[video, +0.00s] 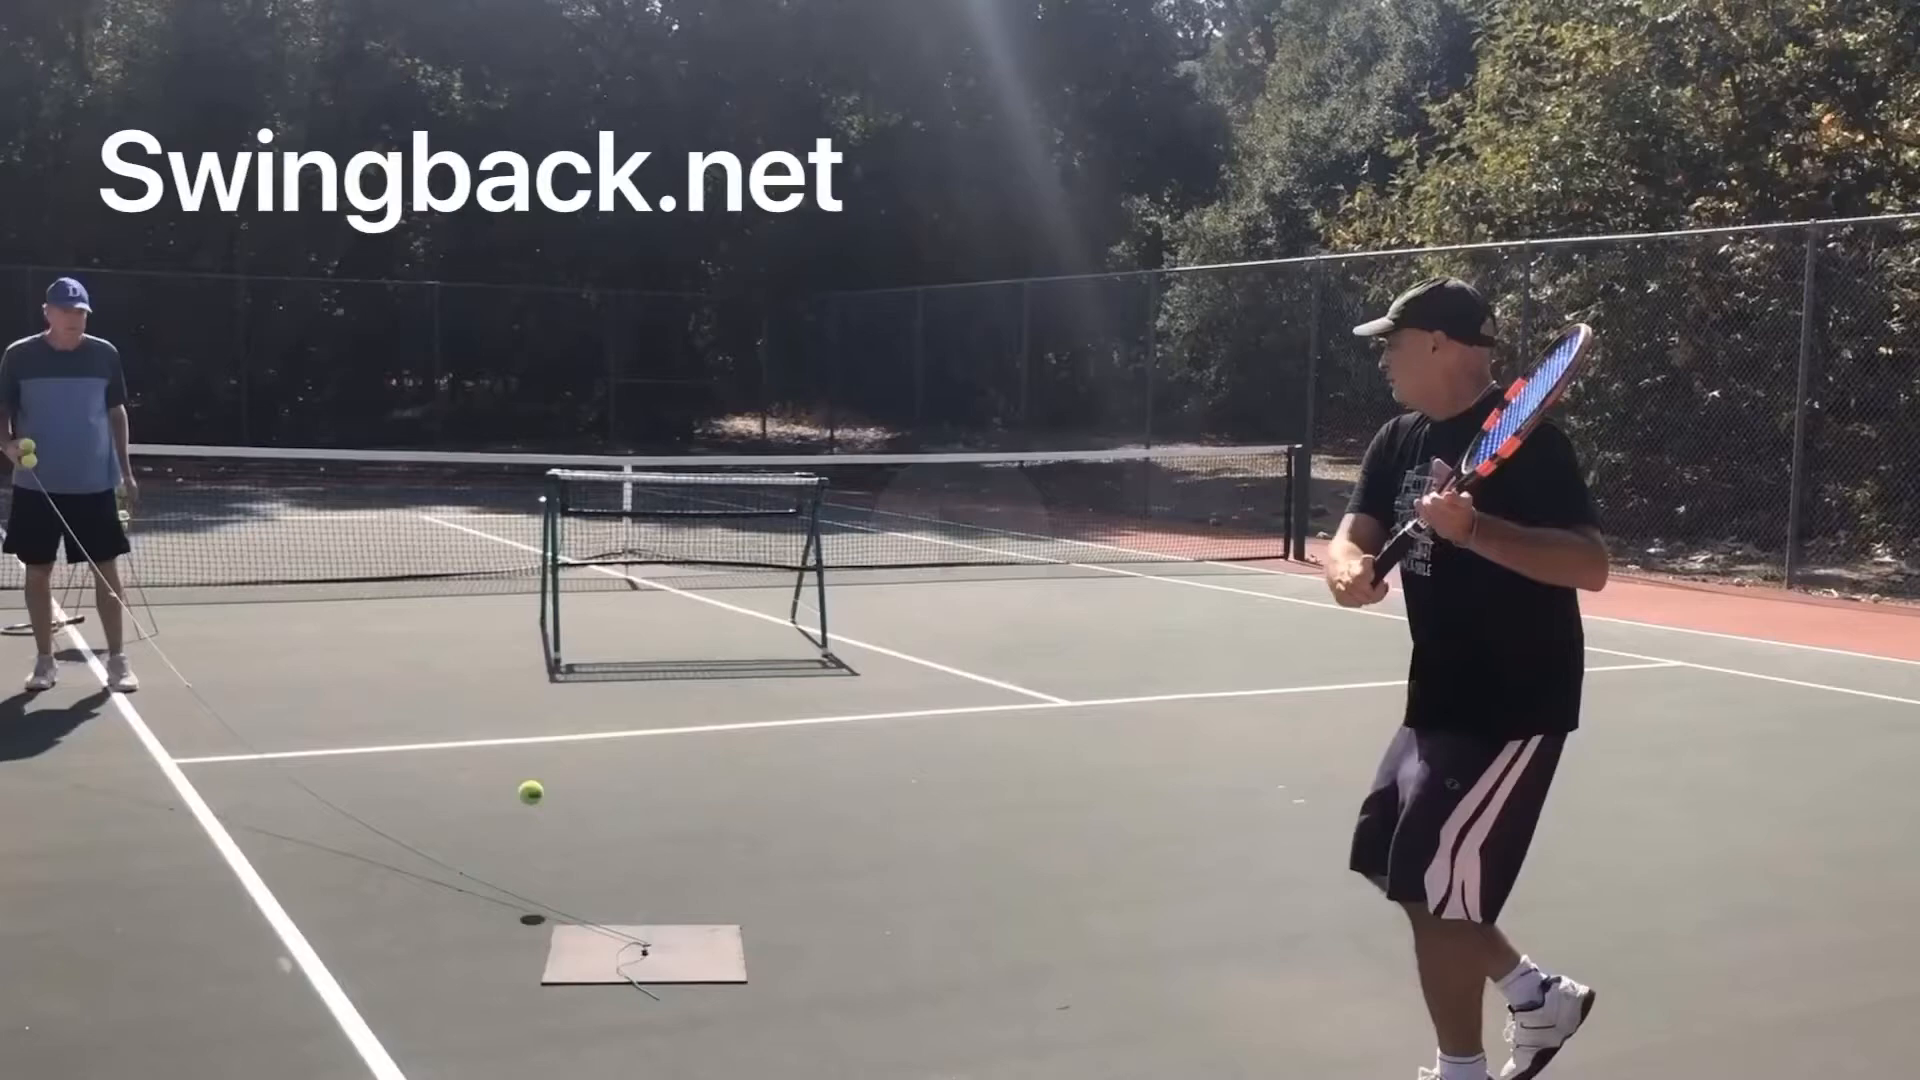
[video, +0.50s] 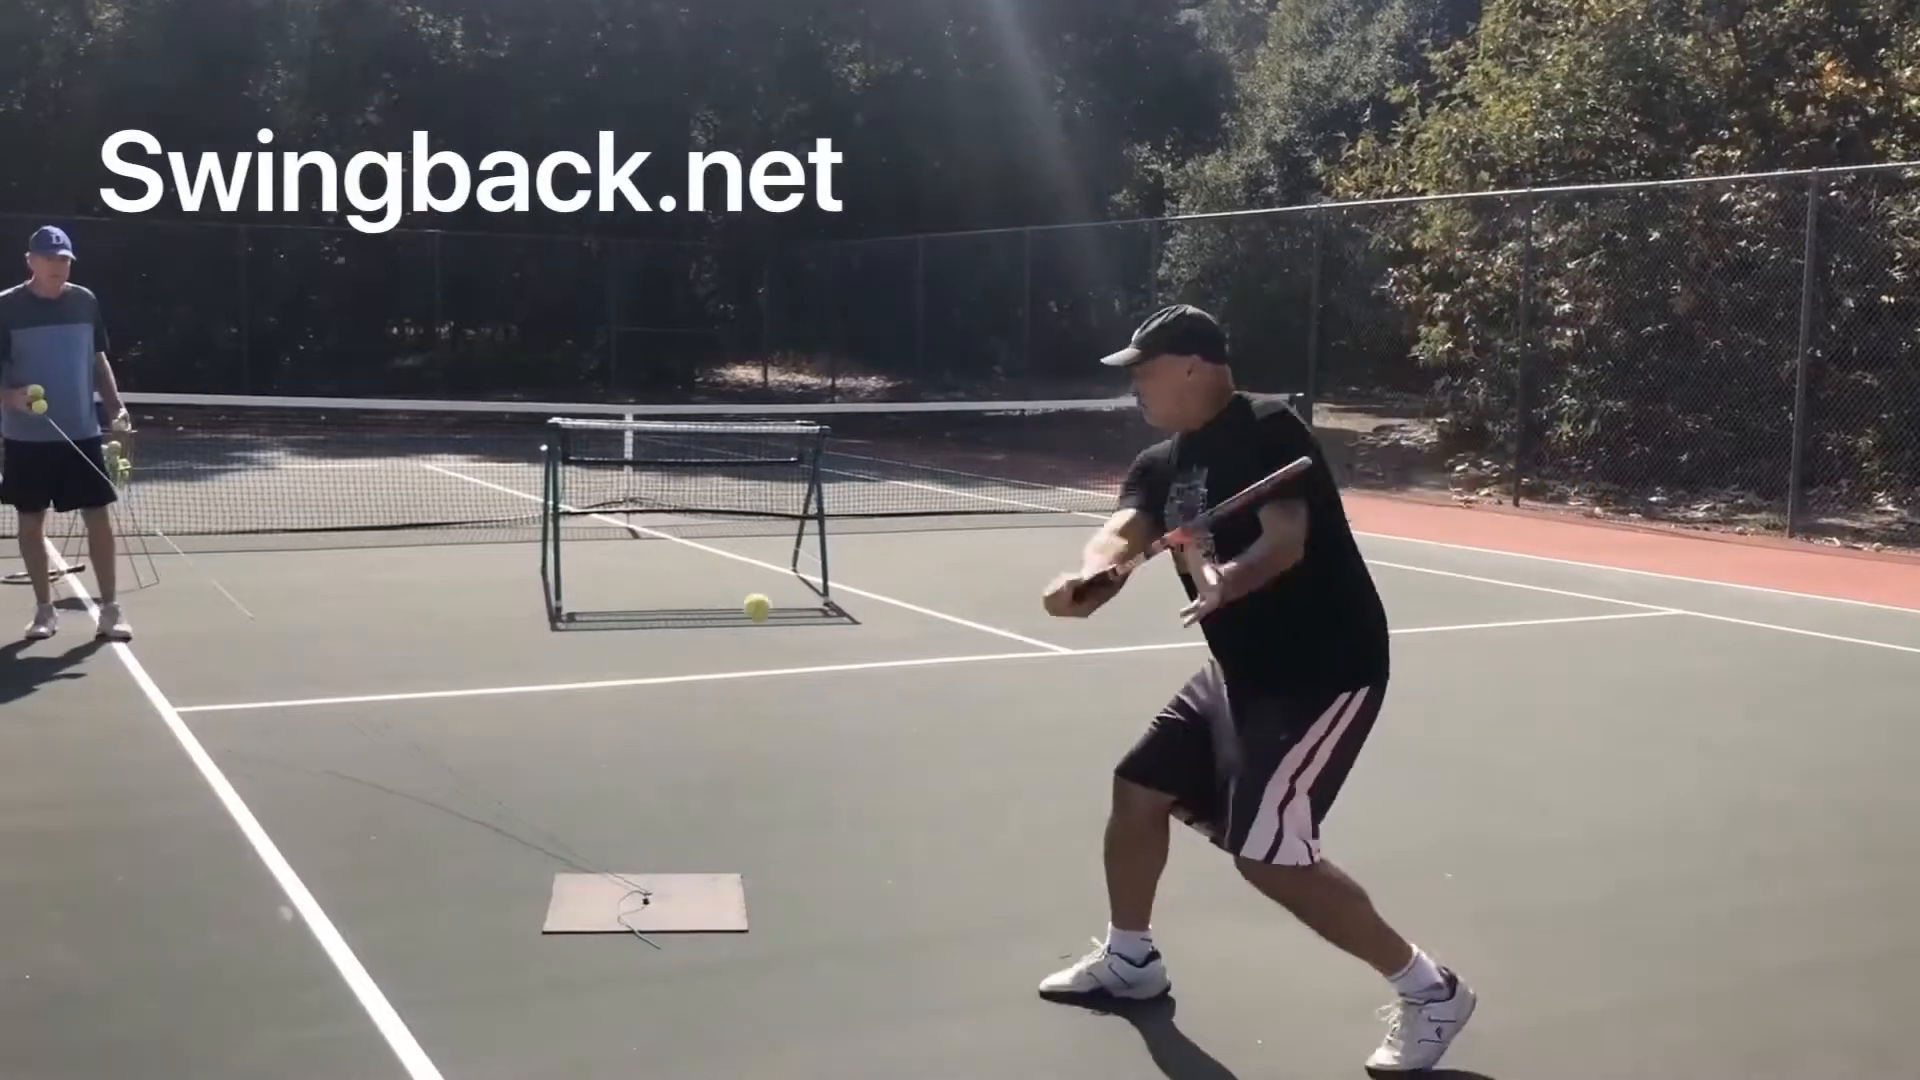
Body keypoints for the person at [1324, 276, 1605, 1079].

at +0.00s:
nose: (1385, 360)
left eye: (1395, 346)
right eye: (1387, 347)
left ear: (1445, 349)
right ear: (1436, 351)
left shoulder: (1529, 441)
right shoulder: (1402, 439)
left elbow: (1591, 564)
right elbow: (1353, 541)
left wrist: (1474, 530)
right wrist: (1349, 574)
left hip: (1518, 709)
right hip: (1439, 700)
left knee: (1438, 878)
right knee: (1390, 856)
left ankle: (1461, 1067)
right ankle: (1536, 995)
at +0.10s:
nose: (1350, 361)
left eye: (1362, 347)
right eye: (1354, 347)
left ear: (1413, 350)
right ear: (1399, 352)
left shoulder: (1498, 434)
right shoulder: (1365, 440)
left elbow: (1563, 547)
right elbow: (1311, 549)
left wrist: (1454, 499)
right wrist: (1331, 552)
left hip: (1496, 701)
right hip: (1412, 688)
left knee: (1414, 873)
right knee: (1331, 833)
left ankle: (1461, 1064)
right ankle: (1451, 997)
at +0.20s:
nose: (1295, 370)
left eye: (1303, 356)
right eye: (1295, 357)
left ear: (1349, 355)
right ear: (1341, 359)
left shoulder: (1448, 427)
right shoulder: (1311, 438)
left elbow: (1514, 518)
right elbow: (1265, 530)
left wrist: (1412, 455)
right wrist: (1295, 519)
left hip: (1448, 702)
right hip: (1361, 684)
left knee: (1390, 874)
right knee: (1272, 818)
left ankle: (1457, 1066)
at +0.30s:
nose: (1238, 338)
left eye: (1249, 321)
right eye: (1238, 323)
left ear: (1294, 322)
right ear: (1283, 326)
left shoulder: (1383, 393)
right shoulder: (1264, 406)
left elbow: (1444, 466)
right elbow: (1224, 467)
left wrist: (1366, 390)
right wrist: (1252, 455)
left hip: (1405, 659)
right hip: (1318, 643)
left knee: (1367, 837)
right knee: (1226, 786)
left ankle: (1461, 1031)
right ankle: (1165, 951)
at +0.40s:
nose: (1180, 365)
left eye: (1191, 349)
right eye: (1180, 351)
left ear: (1243, 348)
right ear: (1224, 352)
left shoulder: (1327, 410)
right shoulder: (1198, 426)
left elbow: (1339, 513)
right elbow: (1172, 488)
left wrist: (1308, 439)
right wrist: (1195, 499)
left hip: (1359, 668)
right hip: (1271, 656)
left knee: (1321, 849)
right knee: (1171, 795)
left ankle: (1453, 1019)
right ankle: (1132, 957)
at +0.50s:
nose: (1135, 385)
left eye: (1147, 369)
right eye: (1135, 372)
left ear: (1199, 370)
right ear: (1182, 377)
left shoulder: (1272, 430)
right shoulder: (1160, 464)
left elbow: (1287, 540)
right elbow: (1122, 535)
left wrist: (1223, 580)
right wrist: (1083, 582)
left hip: (1329, 674)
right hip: (1243, 669)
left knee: (1268, 850)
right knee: (1141, 786)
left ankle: (1431, 991)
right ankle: (1130, 958)